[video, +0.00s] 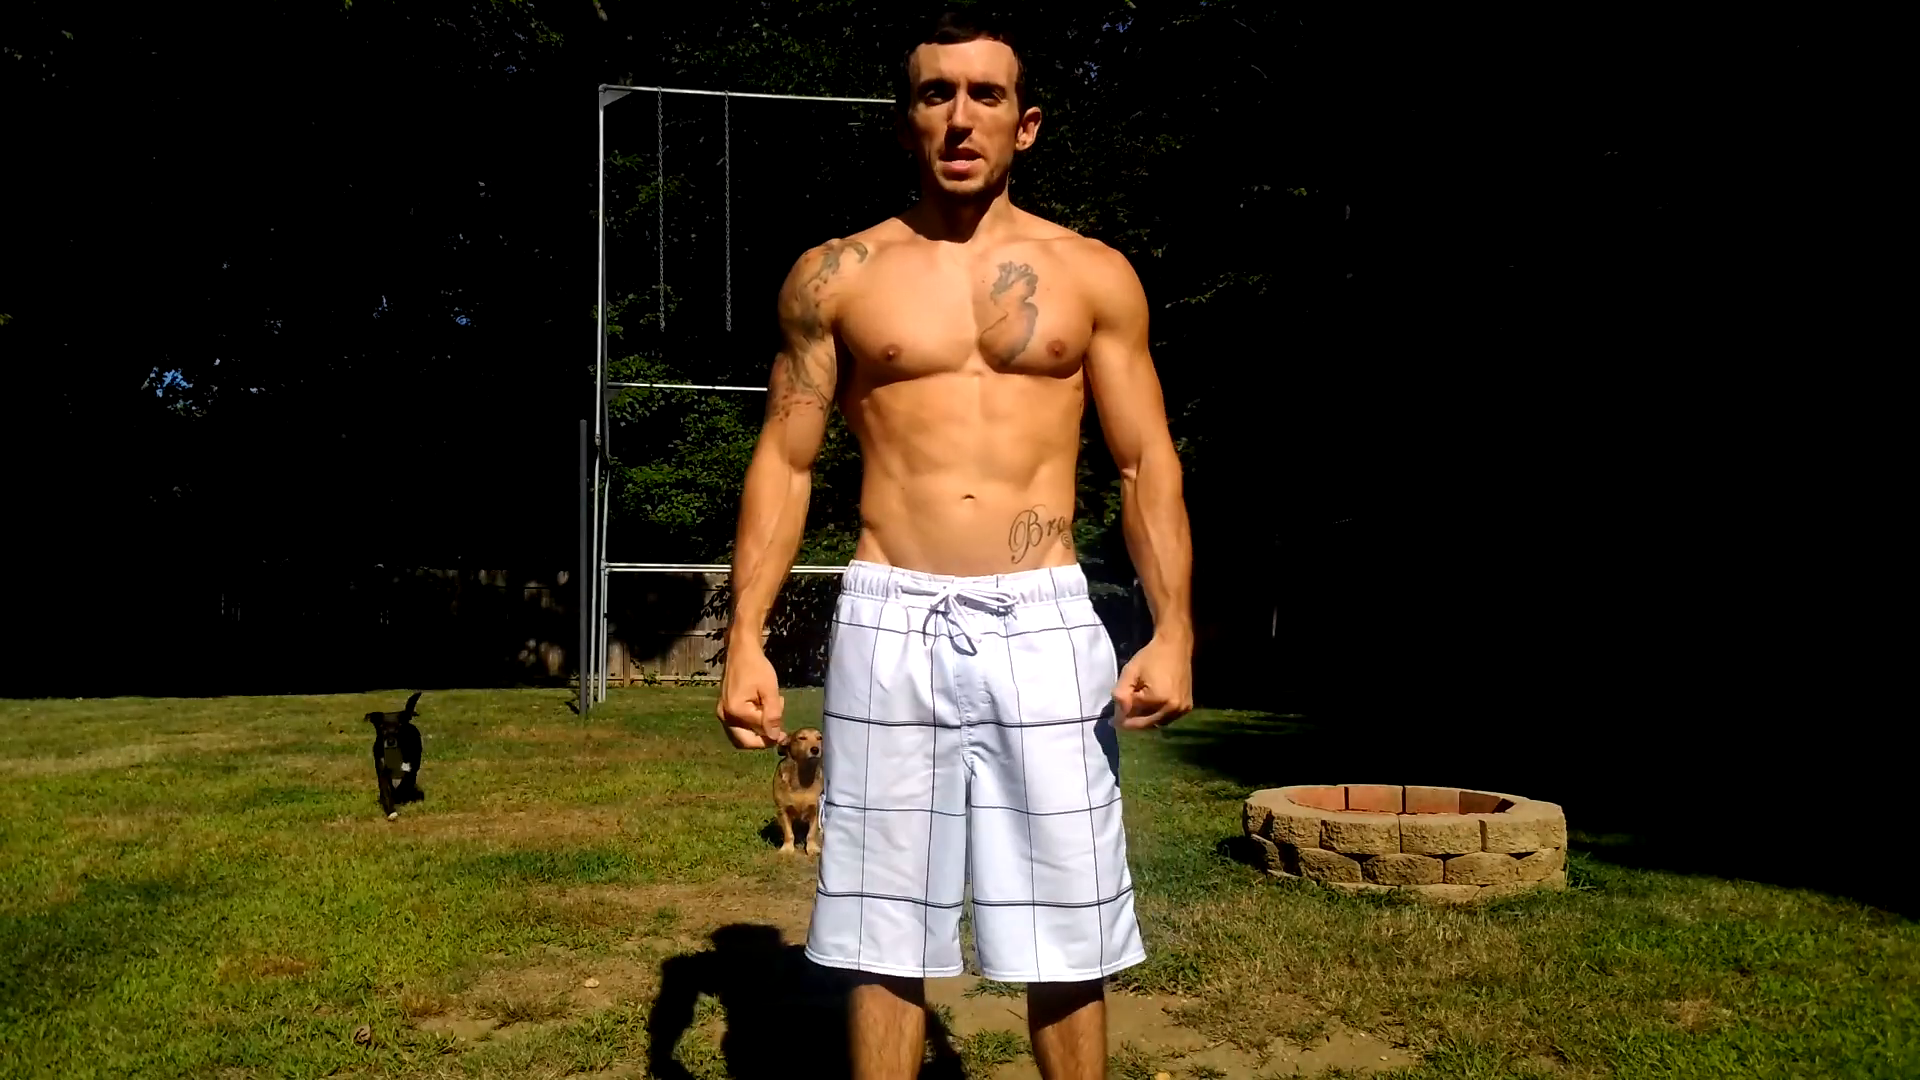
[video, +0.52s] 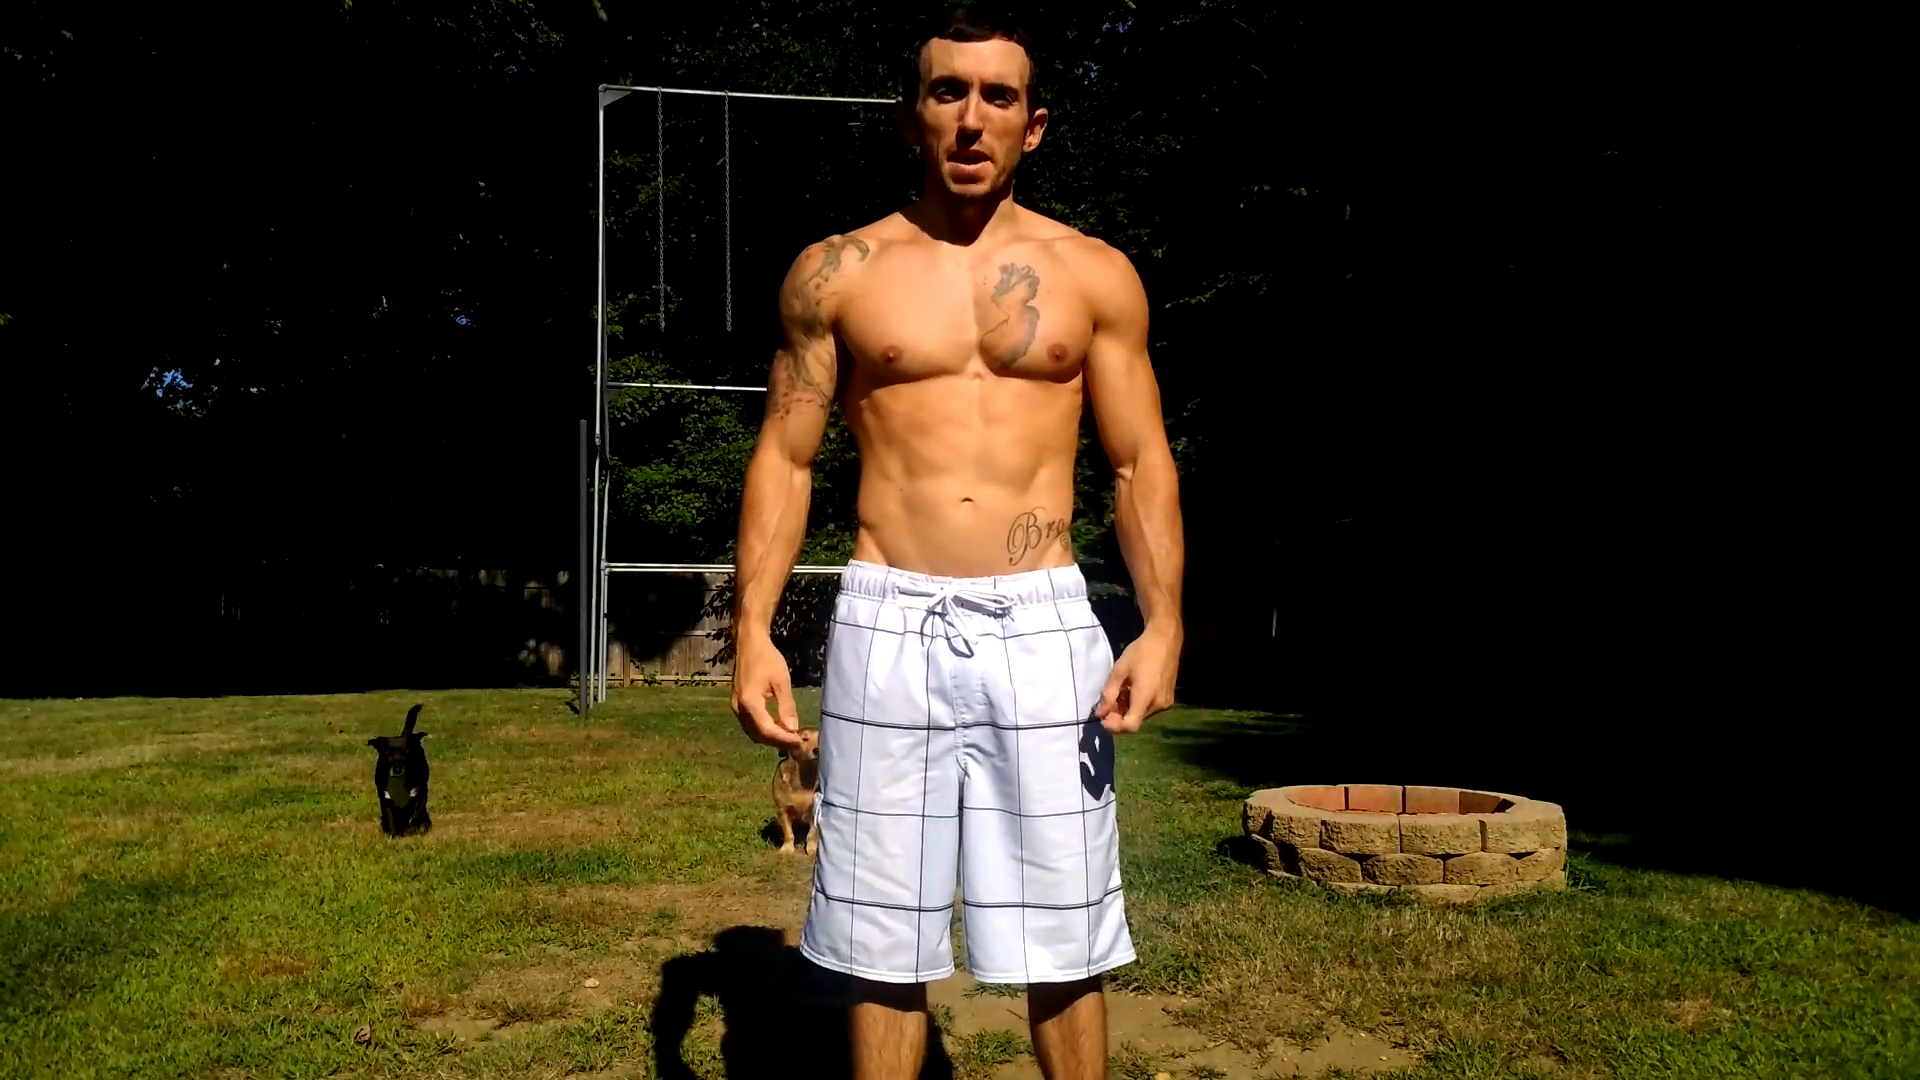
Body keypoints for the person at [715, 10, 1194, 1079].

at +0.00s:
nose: (959, 116)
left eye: (985, 95)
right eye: (935, 95)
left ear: (1023, 122)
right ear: (907, 119)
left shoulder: (1094, 274)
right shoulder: (833, 277)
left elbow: (1147, 462)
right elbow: (785, 460)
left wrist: (1174, 631)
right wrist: (744, 638)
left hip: (1044, 624)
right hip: (889, 623)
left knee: (1067, 949)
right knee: (881, 944)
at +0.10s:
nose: (956, 116)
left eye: (982, 95)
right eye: (932, 94)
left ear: (1019, 121)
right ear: (904, 119)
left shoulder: (1092, 274)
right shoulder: (829, 277)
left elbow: (1132, 464)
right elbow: (782, 458)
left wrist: (1155, 636)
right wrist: (742, 635)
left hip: (1040, 625)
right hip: (883, 622)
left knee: (1062, 947)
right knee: (880, 944)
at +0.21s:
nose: (958, 112)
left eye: (984, 93)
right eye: (935, 91)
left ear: (1020, 121)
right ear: (905, 115)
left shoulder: (1091, 274)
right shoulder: (828, 274)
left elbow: (1125, 466)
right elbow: (782, 456)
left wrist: (1149, 637)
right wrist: (745, 630)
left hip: (1040, 623)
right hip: (882, 621)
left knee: (1062, 946)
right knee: (877, 949)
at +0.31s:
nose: (961, 116)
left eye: (988, 94)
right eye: (938, 92)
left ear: (1023, 121)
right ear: (906, 113)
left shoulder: (1091, 274)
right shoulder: (828, 273)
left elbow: (1130, 465)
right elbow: (781, 454)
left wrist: (1155, 636)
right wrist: (749, 630)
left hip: (1040, 623)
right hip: (882, 622)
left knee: (1063, 946)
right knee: (878, 949)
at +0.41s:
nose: (966, 116)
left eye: (994, 96)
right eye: (943, 92)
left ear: (1027, 123)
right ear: (910, 113)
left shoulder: (1093, 274)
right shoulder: (830, 273)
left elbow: (1137, 462)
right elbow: (781, 454)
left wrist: (1156, 632)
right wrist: (750, 629)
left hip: (1041, 622)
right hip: (883, 621)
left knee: (1063, 950)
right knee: (880, 949)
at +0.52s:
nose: (971, 118)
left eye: (999, 98)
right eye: (948, 93)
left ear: (1030, 123)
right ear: (912, 113)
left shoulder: (1095, 274)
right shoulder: (832, 274)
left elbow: (1141, 461)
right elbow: (785, 456)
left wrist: (1164, 626)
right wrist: (752, 631)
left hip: (1042, 623)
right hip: (884, 620)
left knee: (1064, 953)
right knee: (880, 951)